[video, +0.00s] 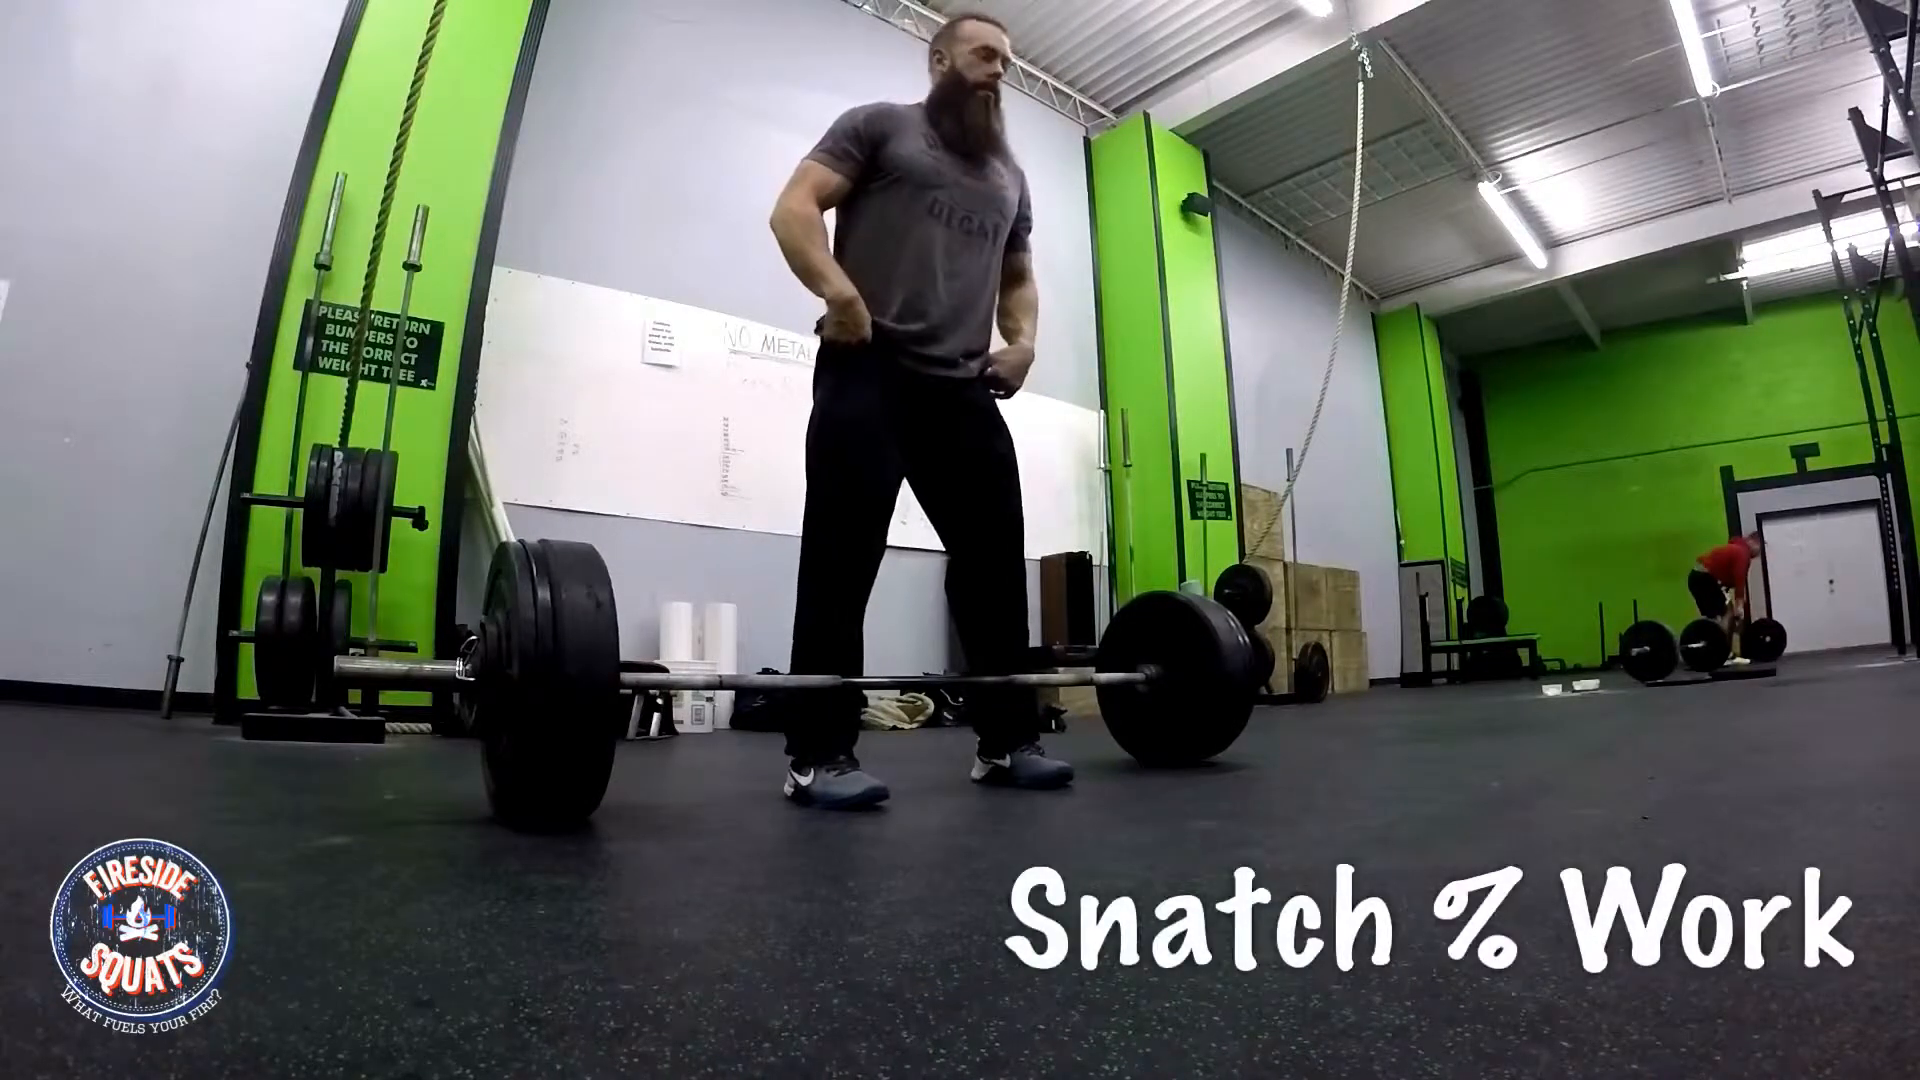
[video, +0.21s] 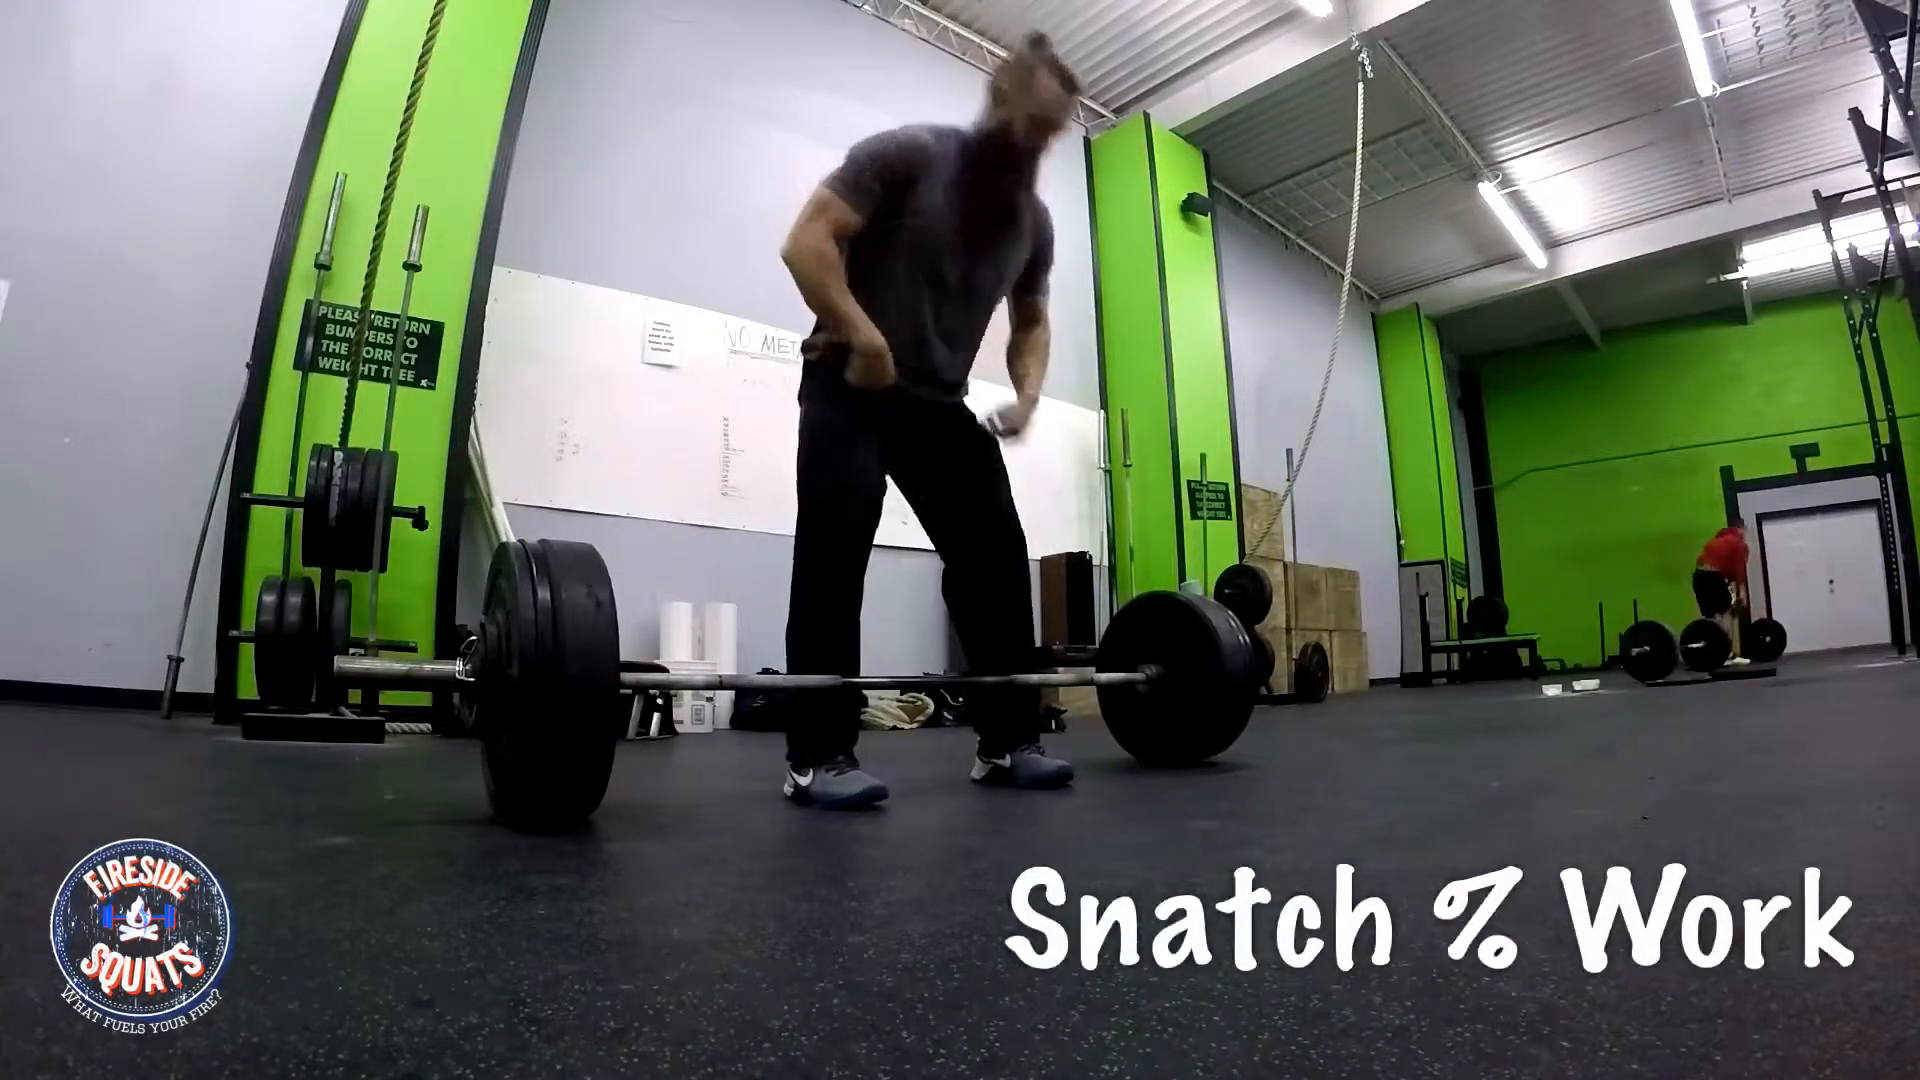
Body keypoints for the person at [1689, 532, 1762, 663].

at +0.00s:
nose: (1758, 553)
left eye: (1760, 549)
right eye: (1758, 548)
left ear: (1750, 541)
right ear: (1751, 541)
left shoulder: (1736, 549)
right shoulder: (1741, 552)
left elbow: (1739, 581)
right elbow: (1739, 580)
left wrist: (1739, 605)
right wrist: (1739, 606)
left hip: (1698, 575)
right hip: (1704, 577)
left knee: (1712, 616)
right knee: (1725, 614)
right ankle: (1723, 654)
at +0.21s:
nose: (1745, 534)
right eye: (1744, 531)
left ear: (1729, 530)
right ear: (1740, 530)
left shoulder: (1718, 539)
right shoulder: (1738, 544)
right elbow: (1739, 569)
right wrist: (1740, 593)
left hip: (1699, 573)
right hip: (1715, 574)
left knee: (1708, 615)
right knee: (1725, 613)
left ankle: (1710, 651)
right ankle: (1726, 652)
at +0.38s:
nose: (1728, 524)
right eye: (1728, 521)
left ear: (1714, 521)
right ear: (1728, 521)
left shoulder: (1706, 535)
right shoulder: (1732, 536)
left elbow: (1699, 559)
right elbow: (1738, 562)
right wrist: (1741, 585)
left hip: (1700, 573)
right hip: (1717, 573)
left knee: (1710, 614)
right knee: (1726, 611)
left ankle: (1711, 650)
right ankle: (1726, 650)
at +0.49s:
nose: (1724, 519)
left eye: (1722, 517)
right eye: (1723, 517)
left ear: (1708, 518)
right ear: (1720, 517)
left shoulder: (1700, 534)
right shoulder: (1729, 533)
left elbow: (1693, 558)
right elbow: (1738, 560)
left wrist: (1696, 569)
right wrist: (1743, 584)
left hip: (1703, 574)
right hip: (1722, 574)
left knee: (1709, 612)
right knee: (1732, 609)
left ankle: (1710, 647)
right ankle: (1730, 647)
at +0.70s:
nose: (1723, 518)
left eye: (1720, 516)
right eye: (1721, 516)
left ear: (1706, 518)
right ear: (1720, 516)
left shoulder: (1701, 535)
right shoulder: (1728, 532)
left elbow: (1695, 561)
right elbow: (1739, 554)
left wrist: (1702, 572)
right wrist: (1744, 573)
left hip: (1707, 575)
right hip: (1727, 574)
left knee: (1712, 613)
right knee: (1736, 611)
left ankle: (1713, 652)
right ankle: (1739, 651)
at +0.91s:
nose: (1721, 522)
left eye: (1719, 519)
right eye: (1723, 518)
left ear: (1713, 519)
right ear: (1726, 518)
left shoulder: (1708, 538)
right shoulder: (1737, 537)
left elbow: (1703, 559)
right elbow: (1748, 559)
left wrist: (1708, 572)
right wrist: (1749, 578)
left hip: (1716, 579)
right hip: (1736, 579)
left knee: (1717, 617)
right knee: (1744, 617)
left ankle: (1717, 654)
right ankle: (1745, 652)